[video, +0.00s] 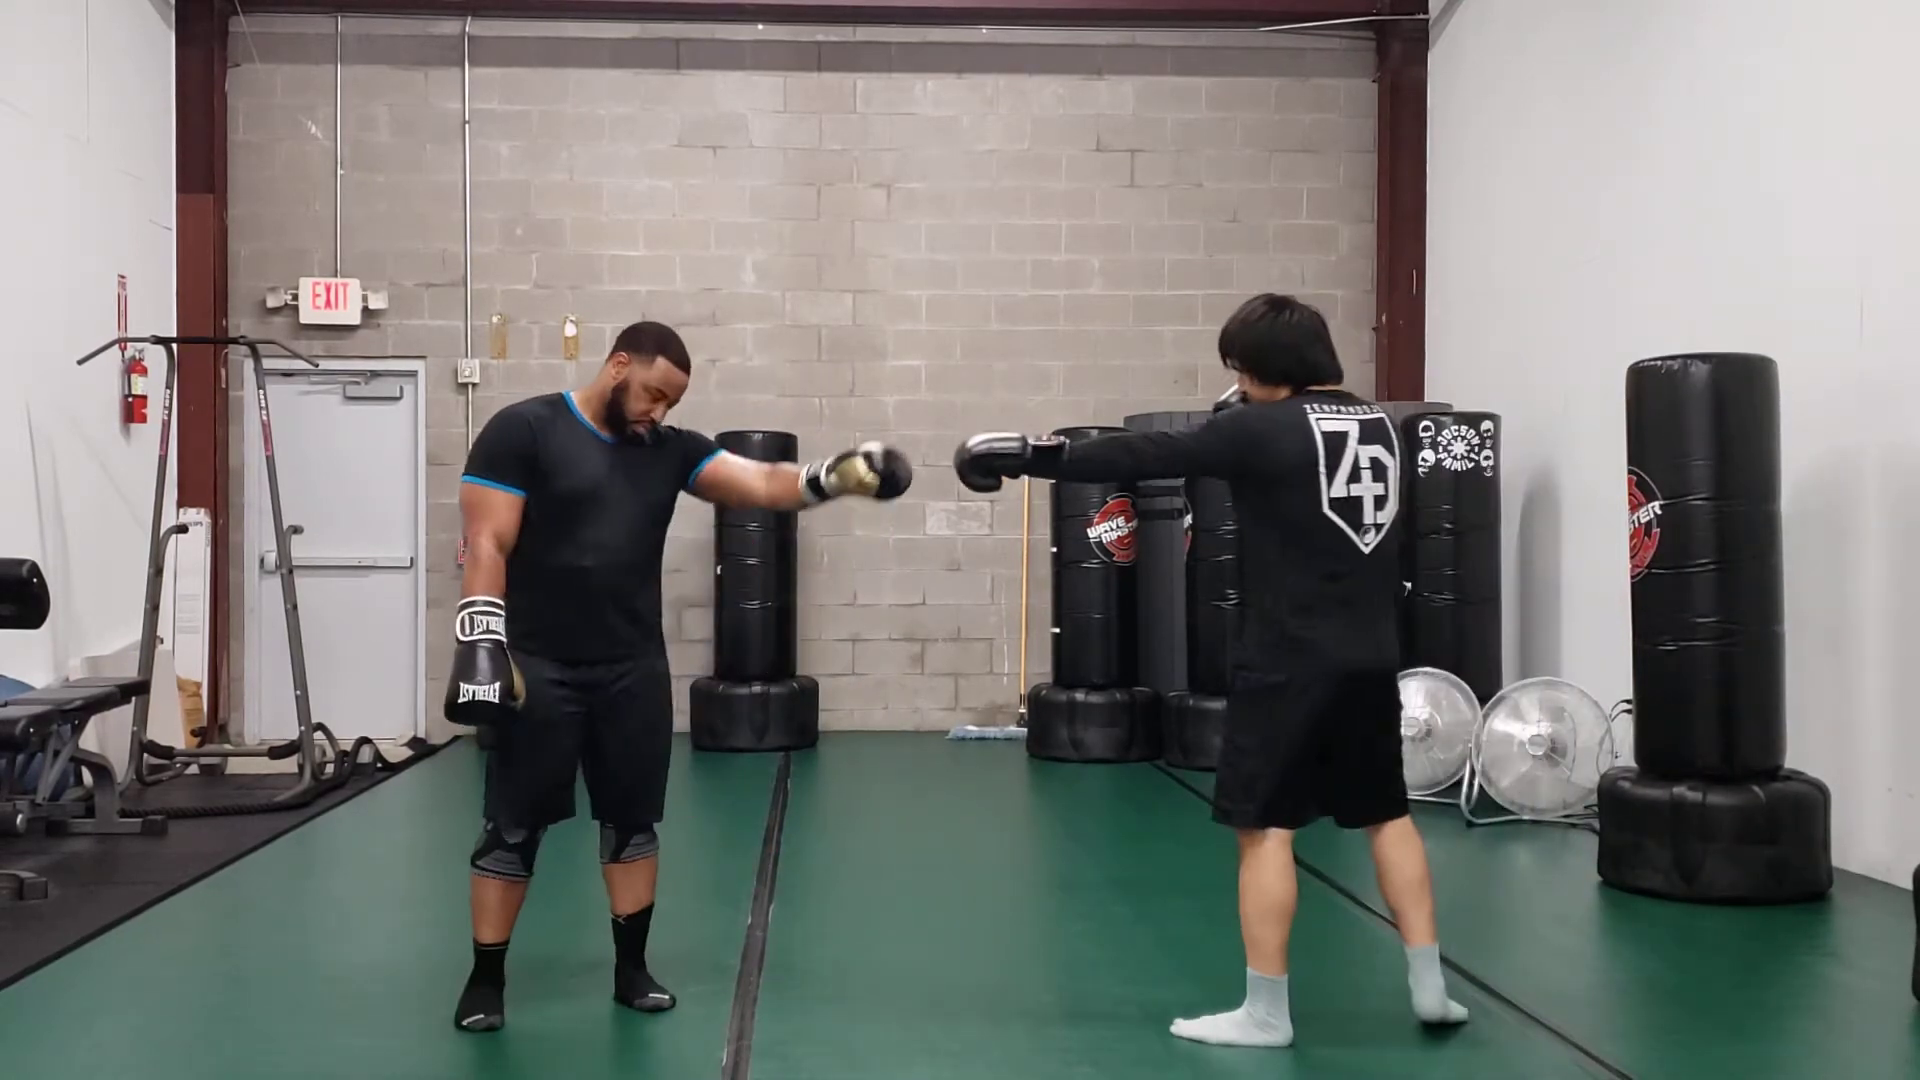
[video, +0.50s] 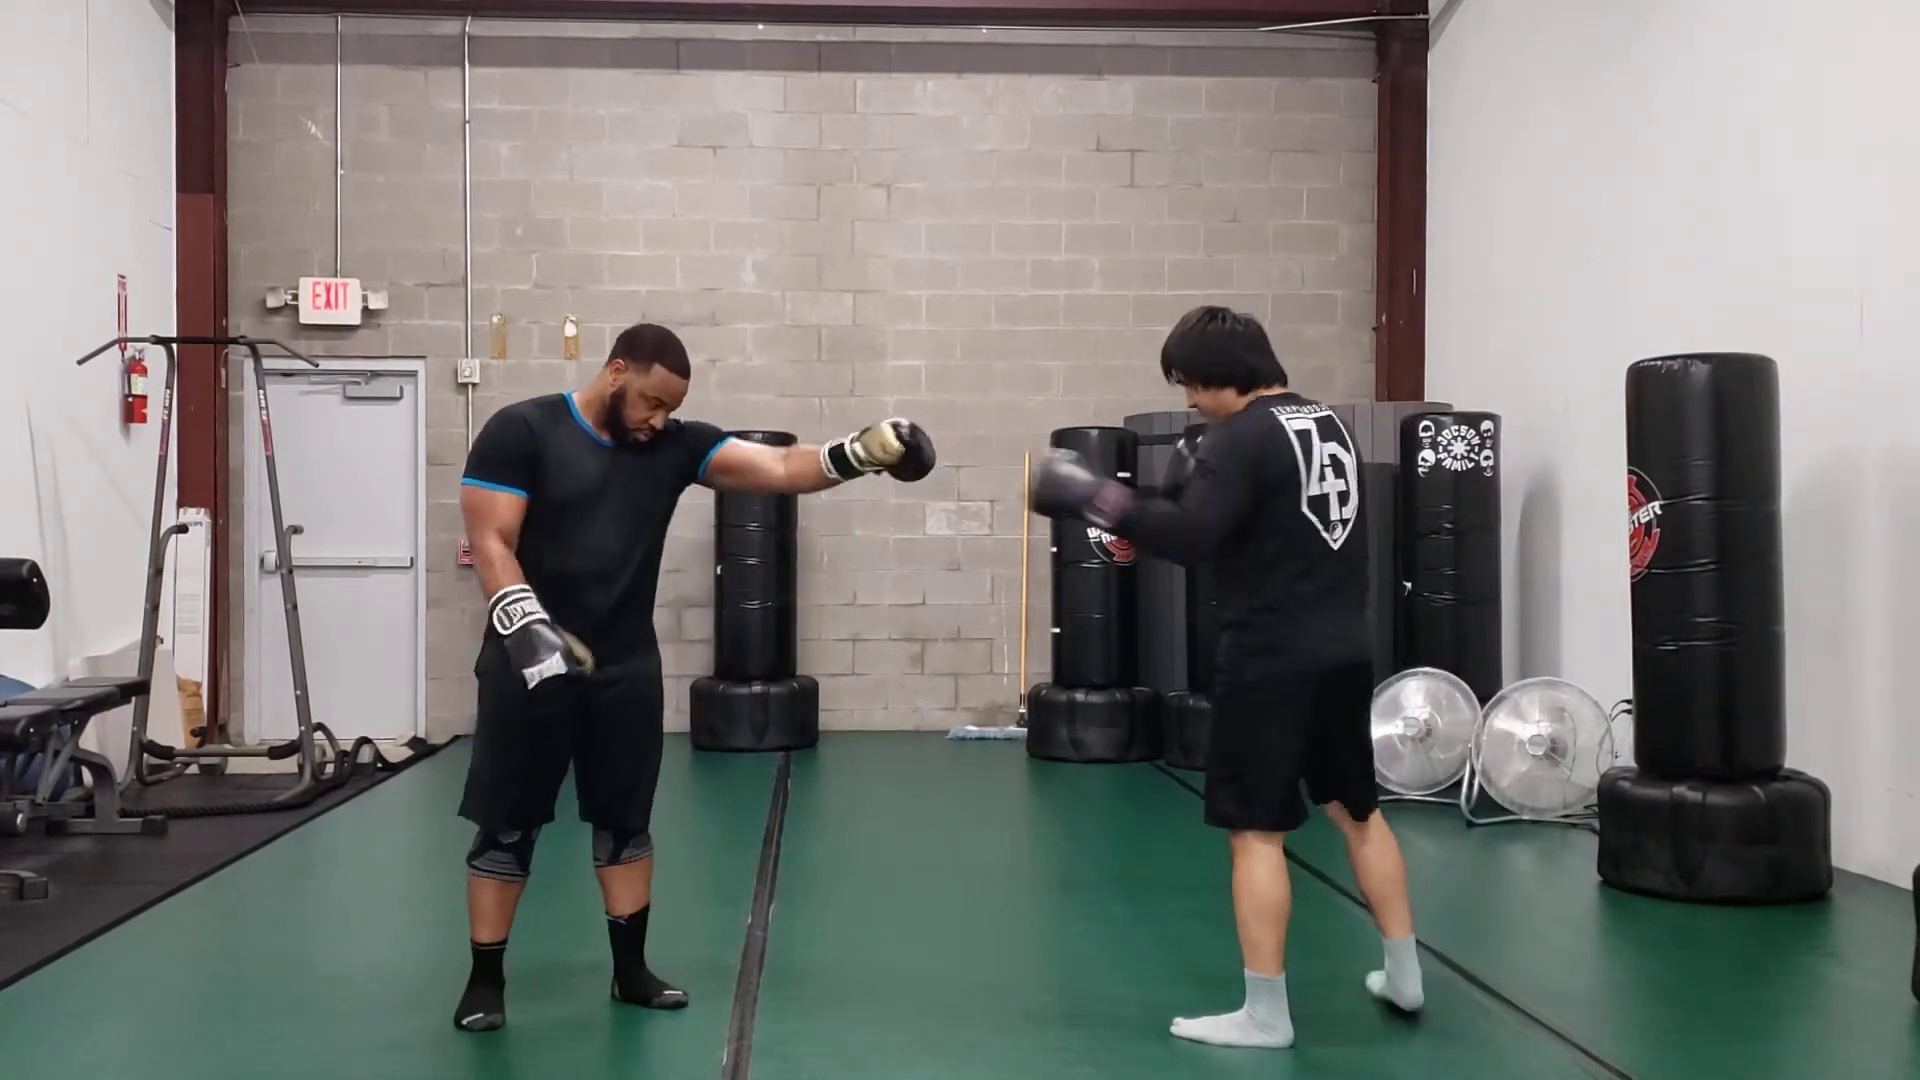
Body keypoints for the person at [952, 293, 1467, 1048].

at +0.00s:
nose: (1236, 385)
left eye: (1240, 372)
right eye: (1235, 372)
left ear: (1270, 371)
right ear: (1318, 363)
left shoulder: (1261, 430)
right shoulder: (1382, 426)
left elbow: (1154, 451)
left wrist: (1048, 456)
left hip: (1286, 667)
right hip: (1369, 663)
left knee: (1264, 828)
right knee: (1389, 814)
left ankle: (1265, 1013)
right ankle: (1430, 986)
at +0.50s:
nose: (1190, 403)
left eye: (1192, 388)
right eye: (1186, 389)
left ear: (1226, 378)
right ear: (1261, 370)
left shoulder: (1243, 439)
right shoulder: (1329, 426)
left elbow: (1192, 532)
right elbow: (1276, 525)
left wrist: (1093, 497)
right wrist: (1163, 514)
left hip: (1268, 664)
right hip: (1342, 655)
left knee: (1256, 828)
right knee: (1359, 808)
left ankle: (1265, 1013)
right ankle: (1405, 973)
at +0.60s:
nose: (1192, 414)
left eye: (1194, 398)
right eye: (1187, 400)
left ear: (1232, 388)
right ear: (1253, 381)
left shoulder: (1267, 445)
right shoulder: (1318, 426)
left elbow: (1277, 547)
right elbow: (1301, 535)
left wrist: (1179, 534)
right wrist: (1214, 503)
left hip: (1274, 669)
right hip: (1340, 662)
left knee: (1241, 827)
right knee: (1349, 817)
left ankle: (1263, 1012)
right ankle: (1397, 983)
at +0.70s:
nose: (1202, 430)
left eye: (1204, 414)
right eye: (1196, 416)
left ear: (1241, 400)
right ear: (1260, 395)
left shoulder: (1286, 448)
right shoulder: (1315, 438)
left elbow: (1311, 547)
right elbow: (1294, 541)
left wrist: (1216, 548)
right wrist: (1215, 512)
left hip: (1291, 667)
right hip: (1347, 666)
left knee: (1195, 807)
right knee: (1350, 821)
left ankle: (1253, 982)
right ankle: (1400, 988)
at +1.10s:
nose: (1133, 442)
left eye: (1133, 428)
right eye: (1128, 430)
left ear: (1165, 414)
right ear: (1181, 405)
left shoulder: (1215, 459)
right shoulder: (1248, 445)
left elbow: (1217, 564)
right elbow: (1236, 551)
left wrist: (1138, 553)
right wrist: (1154, 520)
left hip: (1250, 668)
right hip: (1305, 663)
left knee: (1172, 818)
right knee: (1295, 811)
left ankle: (1171, 997)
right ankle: (1385, 955)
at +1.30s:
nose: (1096, 454)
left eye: (1100, 439)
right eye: (1092, 441)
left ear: (1134, 427)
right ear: (1157, 420)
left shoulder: (1173, 471)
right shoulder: (1211, 452)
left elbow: (1172, 566)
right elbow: (1200, 550)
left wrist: (1091, 553)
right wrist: (1121, 518)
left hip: (1219, 670)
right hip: (1270, 665)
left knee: (1135, 814)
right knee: (1240, 801)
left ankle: (1168, 994)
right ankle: (1297, 955)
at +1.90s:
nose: (974, 481)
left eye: (975, 466)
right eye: (971, 467)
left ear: (1004, 462)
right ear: (1034, 456)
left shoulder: (1024, 507)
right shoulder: (1099, 491)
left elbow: (952, 551)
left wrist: (883, 497)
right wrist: (941, 515)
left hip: (1072, 692)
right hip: (1142, 688)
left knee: (974, 830)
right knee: (1125, 799)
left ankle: (1005, 1000)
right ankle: (1175, 939)